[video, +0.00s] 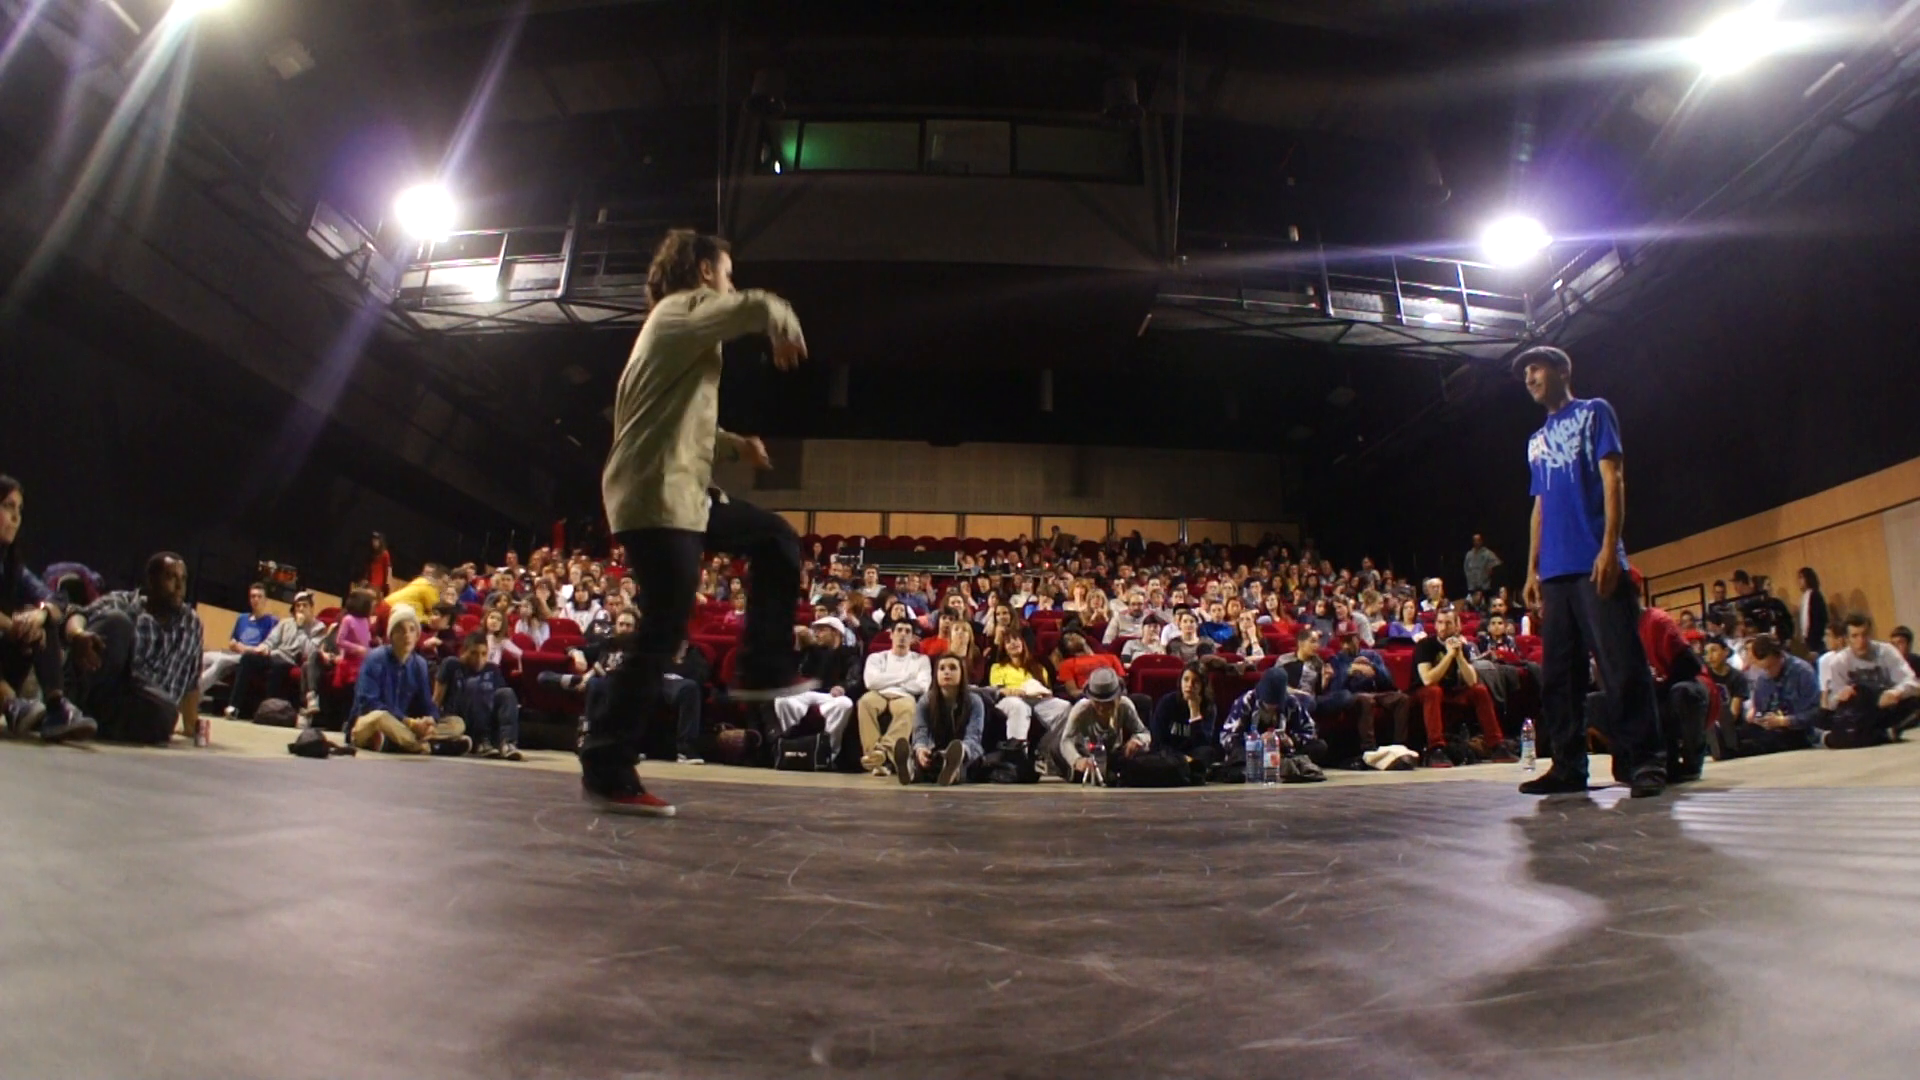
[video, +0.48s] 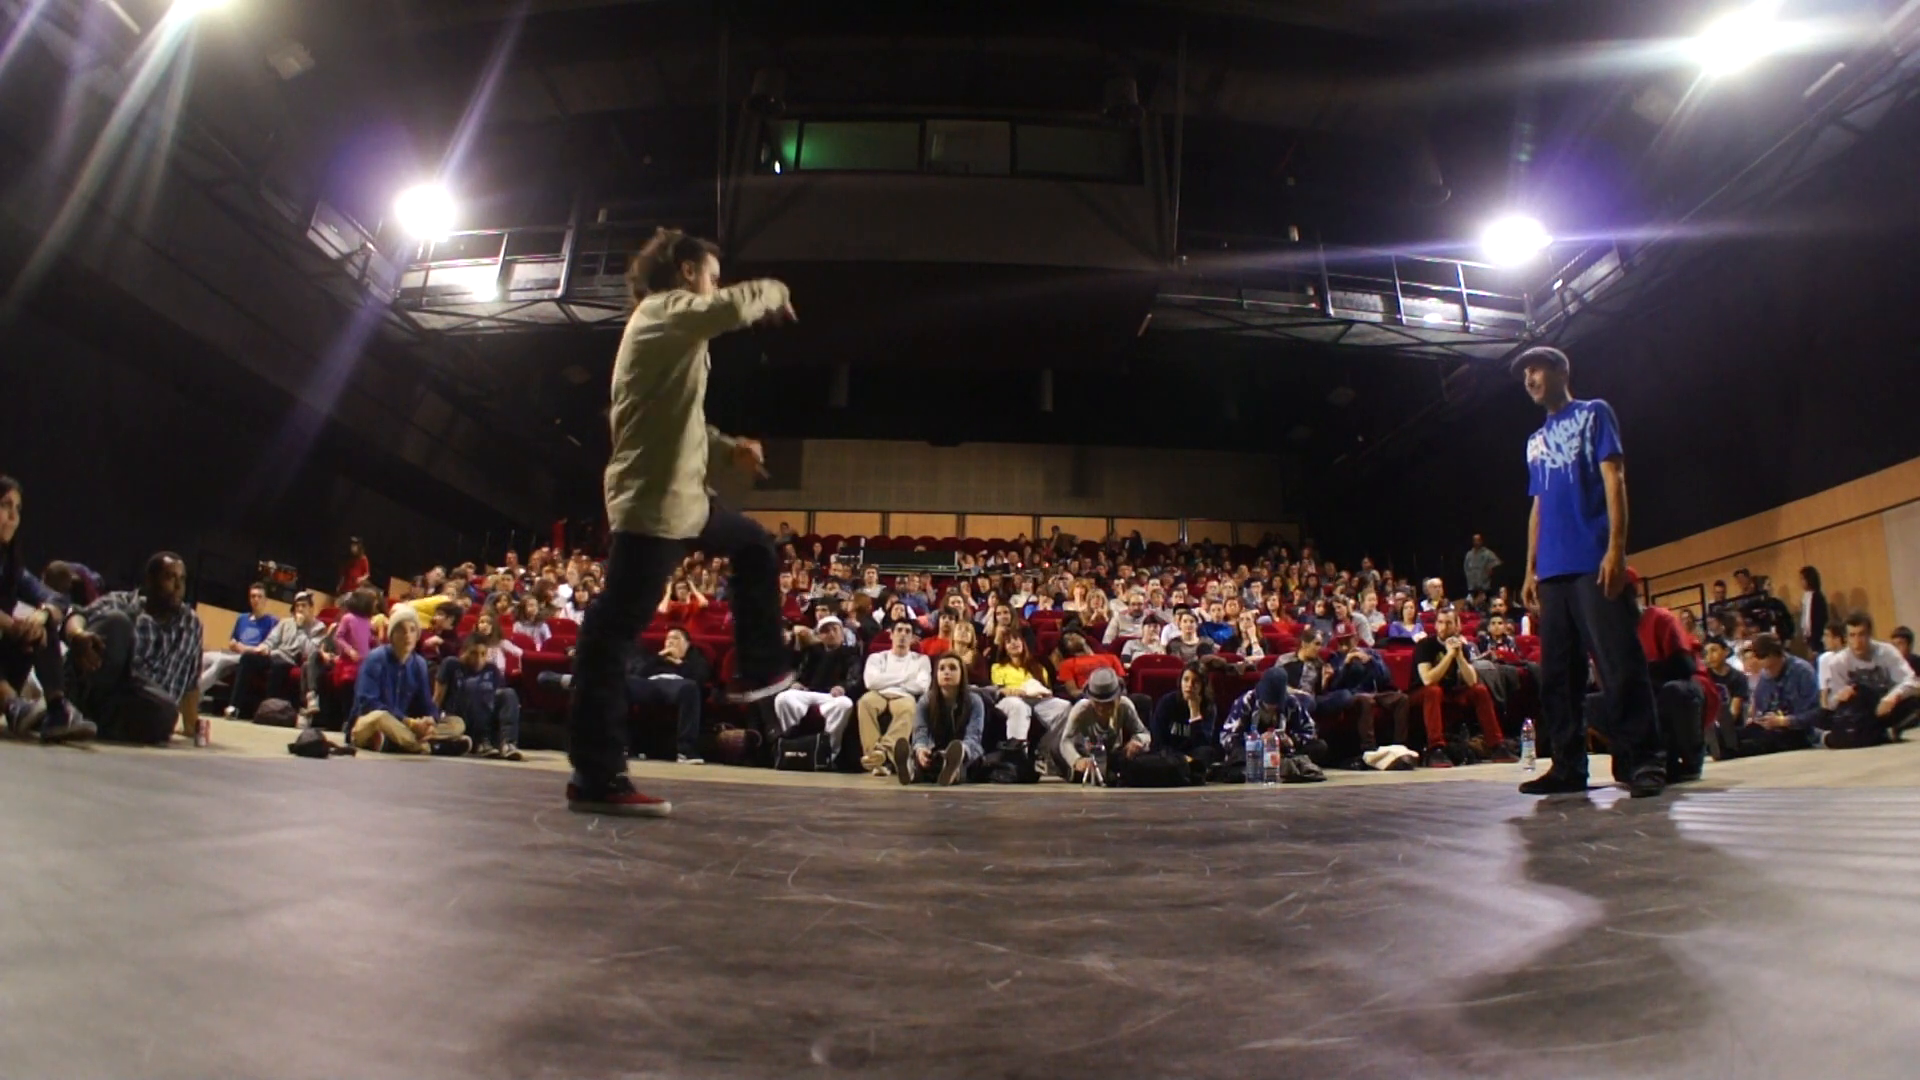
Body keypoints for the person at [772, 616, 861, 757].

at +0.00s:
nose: (817, 634)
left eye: (822, 630)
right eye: (817, 630)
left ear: (835, 633)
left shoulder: (849, 653)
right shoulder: (815, 651)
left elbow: (854, 679)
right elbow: (804, 673)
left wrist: (843, 688)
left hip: (833, 693)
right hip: (811, 691)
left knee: (844, 704)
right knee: (783, 702)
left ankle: (830, 753)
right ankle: (793, 750)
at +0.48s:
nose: (831, 634)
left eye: (835, 629)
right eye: (825, 631)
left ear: (842, 632)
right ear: (820, 635)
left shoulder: (850, 652)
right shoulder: (813, 651)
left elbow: (854, 679)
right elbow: (802, 674)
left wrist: (843, 688)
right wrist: (798, 683)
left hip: (831, 694)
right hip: (809, 692)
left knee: (844, 704)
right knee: (783, 699)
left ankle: (829, 754)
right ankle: (793, 749)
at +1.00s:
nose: (833, 634)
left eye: (836, 629)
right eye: (827, 631)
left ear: (842, 632)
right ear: (820, 635)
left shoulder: (850, 653)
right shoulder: (812, 651)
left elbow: (854, 679)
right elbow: (801, 673)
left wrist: (842, 688)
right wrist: (798, 683)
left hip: (831, 694)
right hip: (808, 691)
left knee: (844, 704)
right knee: (783, 700)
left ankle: (829, 754)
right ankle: (793, 749)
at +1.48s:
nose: (833, 634)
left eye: (836, 630)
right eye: (826, 632)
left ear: (841, 632)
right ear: (819, 636)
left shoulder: (850, 653)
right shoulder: (812, 651)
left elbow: (854, 679)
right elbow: (801, 674)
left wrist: (842, 688)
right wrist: (798, 683)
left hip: (832, 694)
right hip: (808, 692)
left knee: (844, 704)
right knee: (783, 700)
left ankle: (829, 754)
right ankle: (793, 749)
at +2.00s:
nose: (833, 635)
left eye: (836, 630)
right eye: (827, 632)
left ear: (842, 632)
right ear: (819, 636)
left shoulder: (850, 652)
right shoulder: (812, 651)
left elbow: (854, 679)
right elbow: (801, 675)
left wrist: (842, 688)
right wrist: (798, 683)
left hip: (832, 694)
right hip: (809, 691)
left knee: (844, 704)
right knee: (783, 700)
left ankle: (829, 754)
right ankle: (793, 749)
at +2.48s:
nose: (832, 635)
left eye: (835, 630)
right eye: (826, 632)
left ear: (841, 632)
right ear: (820, 636)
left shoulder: (850, 653)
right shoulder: (812, 651)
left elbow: (854, 679)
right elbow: (802, 673)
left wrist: (843, 688)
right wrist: (797, 682)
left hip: (831, 693)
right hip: (808, 691)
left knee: (844, 704)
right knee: (789, 699)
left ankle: (830, 754)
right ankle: (787, 748)